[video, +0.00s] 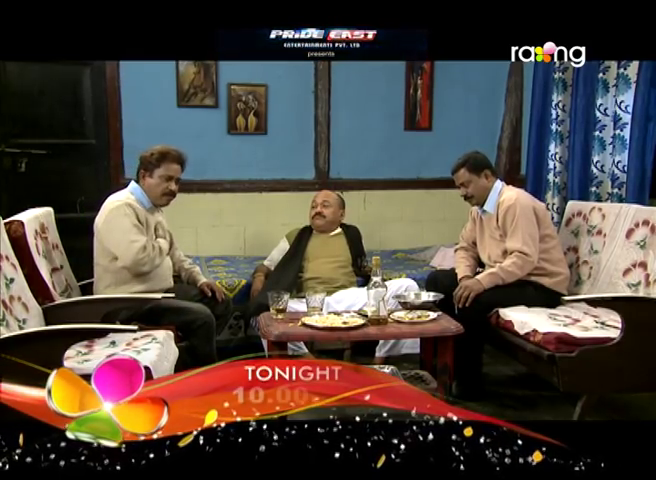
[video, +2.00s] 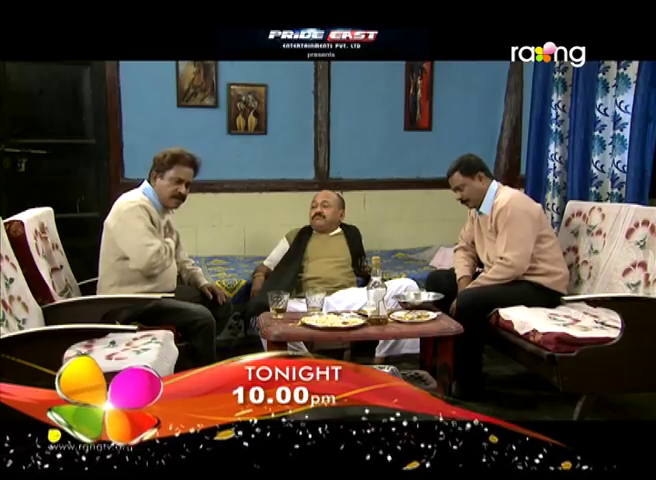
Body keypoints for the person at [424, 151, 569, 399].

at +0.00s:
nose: (463, 193)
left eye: (466, 185)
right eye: (460, 188)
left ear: (487, 177)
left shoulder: (517, 203)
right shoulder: (479, 209)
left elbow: (523, 259)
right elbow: (465, 247)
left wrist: (480, 282)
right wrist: (465, 277)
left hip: (542, 285)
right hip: (504, 277)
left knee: (472, 301)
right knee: (438, 280)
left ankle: (467, 385)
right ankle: (439, 370)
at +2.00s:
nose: (458, 197)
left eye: (461, 189)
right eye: (455, 192)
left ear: (481, 178)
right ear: (479, 180)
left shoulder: (514, 205)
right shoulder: (478, 209)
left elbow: (513, 265)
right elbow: (464, 247)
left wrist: (465, 294)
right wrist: (464, 281)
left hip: (541, 286)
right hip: (502, 277)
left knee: (469, 302)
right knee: (437, 280)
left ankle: (467, 386)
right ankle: (440, 369)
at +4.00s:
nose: (458, 198)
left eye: (461, 191)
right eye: (455, 193)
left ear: (481, 179)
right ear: (478, 181)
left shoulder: (513, 206)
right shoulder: (477, 208)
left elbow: (513, 266)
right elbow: (464, 248)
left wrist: (466, 294)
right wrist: (463, 283)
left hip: (541, 286)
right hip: (504, 277)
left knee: (468, 302)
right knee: (437, 280)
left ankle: (467, 385)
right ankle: (440, 369)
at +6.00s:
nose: (473, 183)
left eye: (477, 176)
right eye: (472, 178)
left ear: (500, 171)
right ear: (496, 173)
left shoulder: (527, 201)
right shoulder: (487, 207)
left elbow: (513, 260)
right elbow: (468, 247)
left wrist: (472, 291)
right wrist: (464, 279)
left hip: (541, 285)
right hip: (504, 277)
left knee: (468, 303)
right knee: (437, 280)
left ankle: (468, 384)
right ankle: (436, 370)